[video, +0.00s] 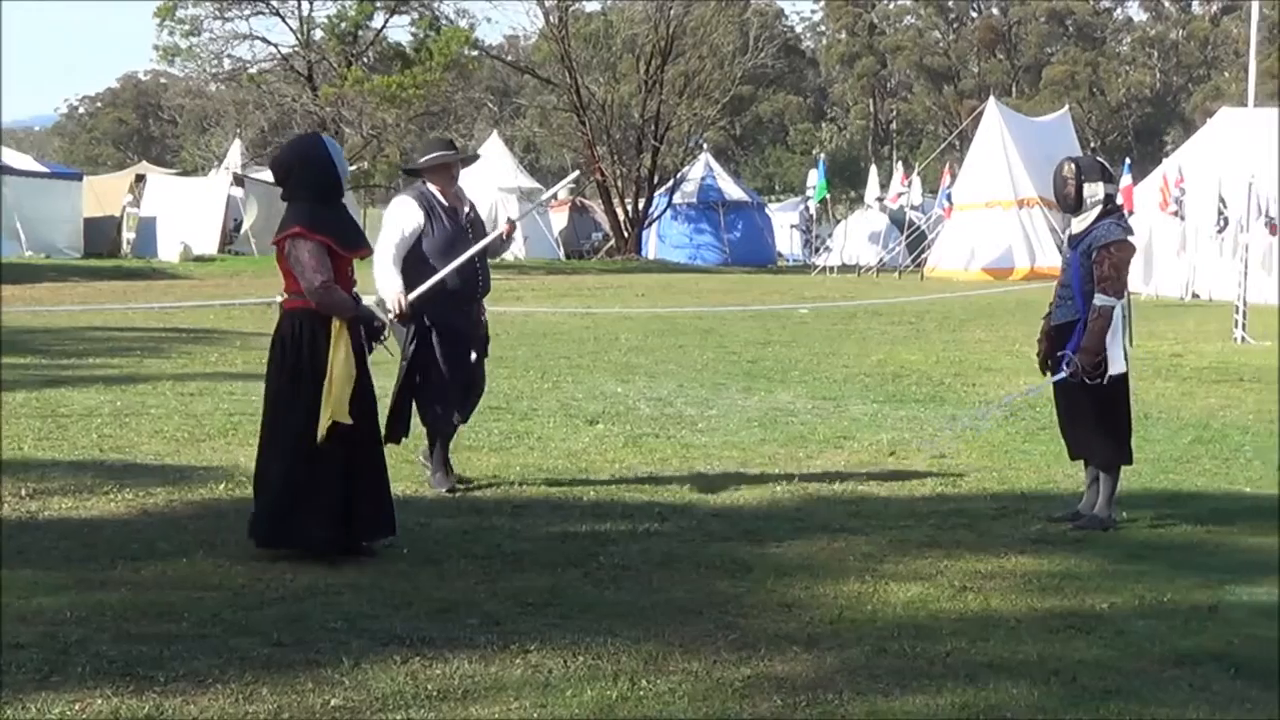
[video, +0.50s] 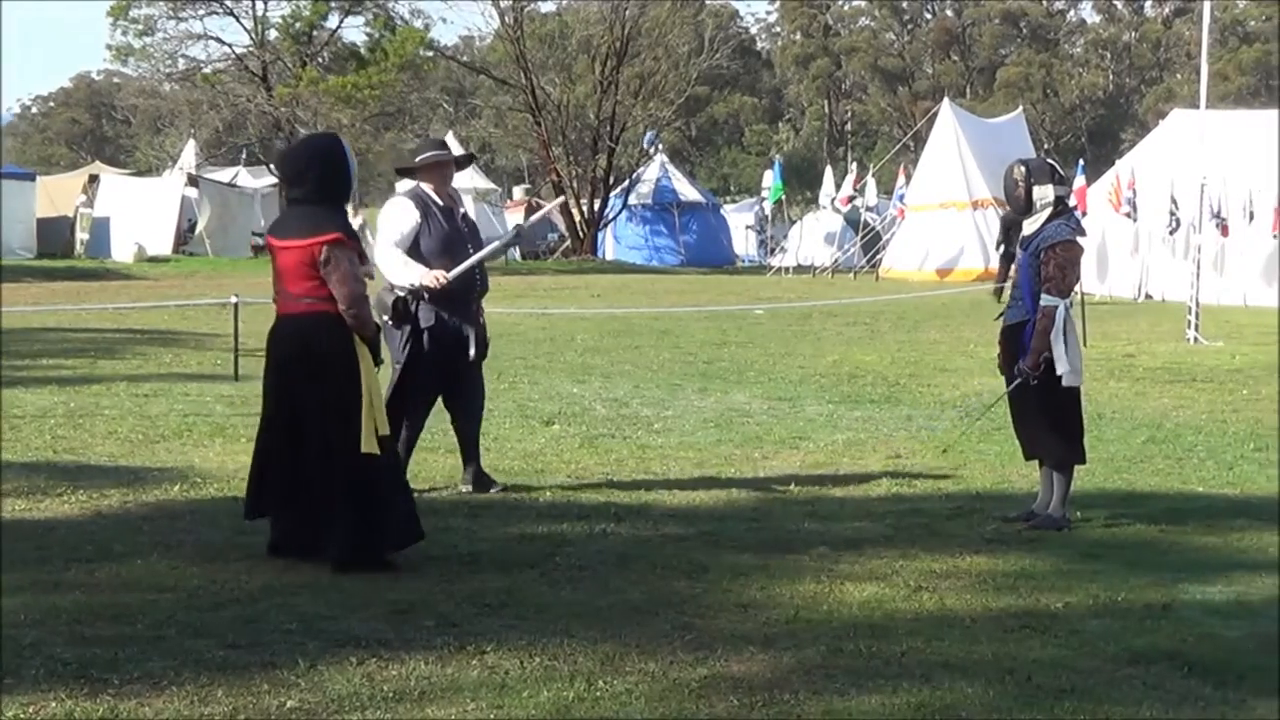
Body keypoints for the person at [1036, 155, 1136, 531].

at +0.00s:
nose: (1066, 190)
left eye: (1073, 183)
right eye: (1065, 183)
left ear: (1095, 187)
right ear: (1071, 188)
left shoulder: (1110, 234)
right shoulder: (1079, 231)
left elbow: (1107, 301)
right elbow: (1065, 289)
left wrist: (1089, 350)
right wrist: (1049, 330)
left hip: (1098, 337)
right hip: (1071, 336)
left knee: (1104, 420)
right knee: (1082, 419)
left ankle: (1104, 508)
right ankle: (1090, 501)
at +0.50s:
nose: (1015, 195)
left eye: (1021, 187)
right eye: (1015, 186)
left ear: (1041, 189)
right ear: (1043, 191)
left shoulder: (1060, 241)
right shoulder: (1036, 234)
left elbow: (1052, 306)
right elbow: (1025, 296)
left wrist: (1036, 352)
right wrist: (1009, 337)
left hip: (1048, 339)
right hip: (1025, 336)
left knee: (1057, 422)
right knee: (1037, 421)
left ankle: (1058, 508)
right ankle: (1044, 502)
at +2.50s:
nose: (1013, 196)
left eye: (1021, 189)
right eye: (1009, 189)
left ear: (1044, 192)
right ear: (1005, 193)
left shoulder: (1063, 236)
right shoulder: (1013, 234)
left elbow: (1072, 300)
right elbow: (1002, 288)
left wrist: (1063, 353)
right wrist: (990, 334)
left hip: (1050, 337)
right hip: (1016, 337)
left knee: (1054, 417)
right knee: (1027, 415)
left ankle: (1053, 508)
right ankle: (1039, 501)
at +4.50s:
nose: (1004, 198)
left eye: (1012, 191)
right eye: (1000, 191)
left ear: (1035, 194)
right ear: (997, 196)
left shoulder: (1056, 238)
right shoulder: (1008, 236)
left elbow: (1065, 302)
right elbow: (996, 290)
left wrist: (1058, 354)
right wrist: (986, 336)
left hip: (1044, 339)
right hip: (1011, 339)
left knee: (1051, 419)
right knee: (1025, 418)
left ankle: (1053, 508)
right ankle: (1038, 502)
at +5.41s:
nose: (1006, 198)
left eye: (1014, 191)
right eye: (1003, 191)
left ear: (1037, 194)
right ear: (1000, 195)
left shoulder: (1057, 238)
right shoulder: (1010, 236)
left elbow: (1066, 301)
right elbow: (999, 289)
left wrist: (1058, 354)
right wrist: (989, 336)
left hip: (1045, 338)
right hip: (1013, 339)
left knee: (1051, 418)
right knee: (1026, 417)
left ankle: (1053, 508)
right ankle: (1038, 501)